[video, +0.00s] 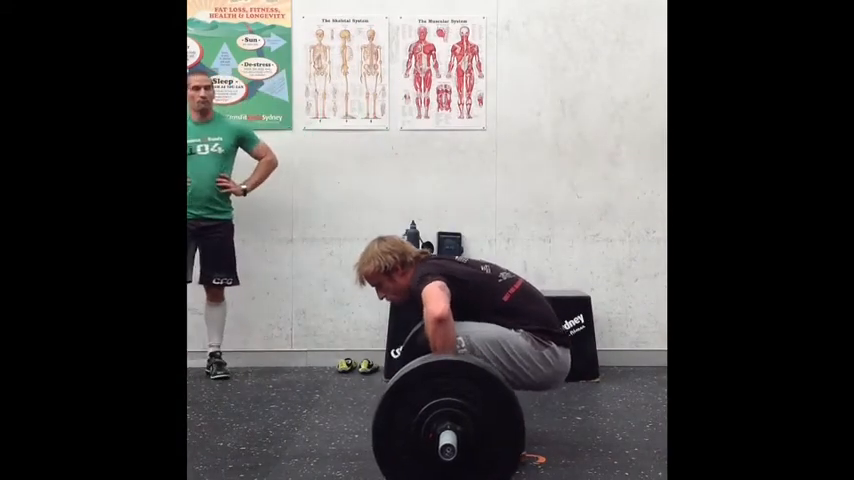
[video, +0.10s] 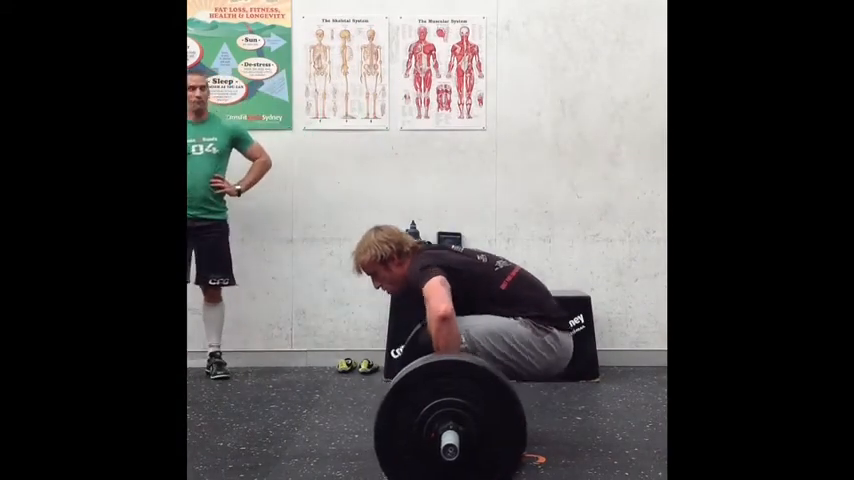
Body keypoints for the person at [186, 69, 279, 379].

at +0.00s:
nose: (201, 94)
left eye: (206, 88)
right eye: (196, 89)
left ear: (214, 93)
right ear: (187, 94)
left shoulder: (233, 128)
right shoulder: (185, 127)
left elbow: (270, 159)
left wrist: (244, 187)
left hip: (217, 221)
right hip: (186, 220)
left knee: (215, 290)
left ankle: (215, 355)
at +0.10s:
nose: (197, 94)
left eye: (201, 88)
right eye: (192, 89)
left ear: (209, 93)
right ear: (185, 94)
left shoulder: (227, 129)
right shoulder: (183, 126)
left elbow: (264, 160)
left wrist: (239, 188)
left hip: (210, 219)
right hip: (185, 219)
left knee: (212, 289)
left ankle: (214, 355)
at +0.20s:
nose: (192, 93)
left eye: (196, 88)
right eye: (188, 88)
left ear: (203, 93)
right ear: (182, 93)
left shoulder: (219, 129)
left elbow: (256, 161)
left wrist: (232, 188)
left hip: (202, 218)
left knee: (207, 288)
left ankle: (213, 355)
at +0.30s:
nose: (188, 93)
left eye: (192, 88)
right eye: (185, 88)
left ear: (198, 92)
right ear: (180, 92)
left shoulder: (211, 128)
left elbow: (247, 162)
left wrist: (223, 189)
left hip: (196, 219)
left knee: (205, 289)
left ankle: (214, 355)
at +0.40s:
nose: (186, 93)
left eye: (188, 87)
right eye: (184, 87)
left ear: (193, 90)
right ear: (183, 90)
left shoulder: (206, 129)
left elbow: (240, 163)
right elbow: (240, 165)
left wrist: (217, 189)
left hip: (191, 217)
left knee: (206, 288)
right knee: (202, 288)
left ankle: (213, 354)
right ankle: (211, 354)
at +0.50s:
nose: (185, 92)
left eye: (187, 86)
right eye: (185, 86)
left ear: (190, 90)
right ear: (186, 91)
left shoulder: (201, 128)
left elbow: (235, 164)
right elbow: (235, 164)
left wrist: (212, 189)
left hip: (189, 216)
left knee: (203, 286)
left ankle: (207, 352)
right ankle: (207, 352)